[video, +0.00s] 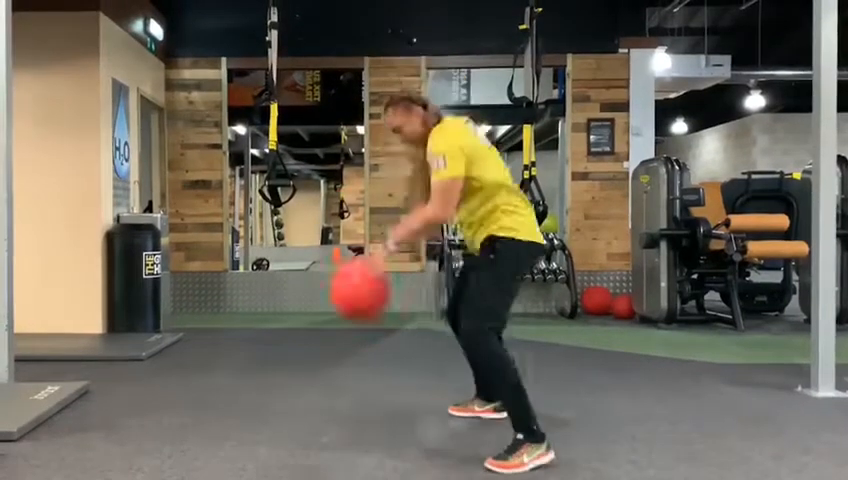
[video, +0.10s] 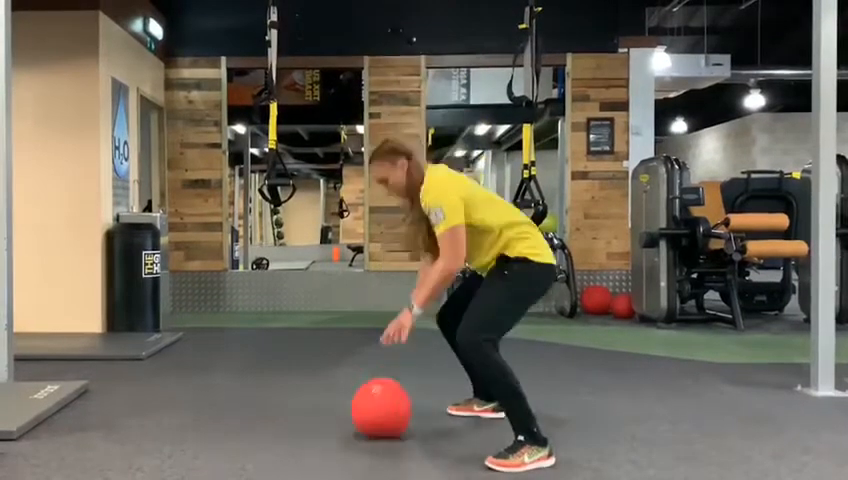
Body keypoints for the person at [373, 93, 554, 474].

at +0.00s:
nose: (401, 137)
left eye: (401, 127)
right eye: (396, 131)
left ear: (420, 112)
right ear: (417, 117)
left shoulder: (447, 136)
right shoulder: (441, 139)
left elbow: (442, 209)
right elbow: (437, 206)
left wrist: (395, 236)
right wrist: (403, 233)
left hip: (511, 237)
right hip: (492, 238)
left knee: (477, 327)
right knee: (459, 315)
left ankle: (532, 440)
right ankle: (490, 398)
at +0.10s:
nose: (386, 189)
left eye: (384, 180)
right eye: (381, 183)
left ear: (404, 164)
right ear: (402, 167)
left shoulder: (439, 187)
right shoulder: (428, 192)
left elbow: (452, 261)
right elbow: (432, 256)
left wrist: (412, 311)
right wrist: (417, 301)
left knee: (474, 338)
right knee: (450, 319)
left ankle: (534, 443)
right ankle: (489, 397)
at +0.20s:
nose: (378, 233)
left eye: (376, 226)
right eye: (373, 228)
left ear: (393, 207)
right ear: (392, 209)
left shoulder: (430, 226)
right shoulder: (416, 229)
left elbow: (441, 300)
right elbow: (430, 296)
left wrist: (412, 357)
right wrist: (407, 354)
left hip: (529, 275)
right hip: (502, 276)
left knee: (471, 343)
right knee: (448, 328)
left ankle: (533, 443)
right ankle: (488, 399)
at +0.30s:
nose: (368, 266)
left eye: (365, 258)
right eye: (362, 261)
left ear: (379, 239)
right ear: (380, 238)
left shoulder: (418, 249)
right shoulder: (407, 250)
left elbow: (423, 323)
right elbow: (417, 320)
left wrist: (405, 390)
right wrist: (404, 377)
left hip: (530, 271)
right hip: (506, 271)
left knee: (467, 341)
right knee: (449, 322)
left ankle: (532, 443)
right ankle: (487, 399)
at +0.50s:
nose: (359, 321)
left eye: (355, 314)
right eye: (352, 318)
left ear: (363, 295)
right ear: (363, 290)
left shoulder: (399, 292)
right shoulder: (390, 285)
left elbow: (411, 370)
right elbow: (411, 360)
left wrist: (406, 440)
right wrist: (409, 411)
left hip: (501, 233)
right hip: (484, 246)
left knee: (528, 338)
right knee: (492, 323)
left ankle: (632, 407)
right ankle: (563, 375)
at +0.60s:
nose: (340, 336)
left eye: (335, 329)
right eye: (333, 332)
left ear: (342, 311)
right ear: (343, 306)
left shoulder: (382, 302)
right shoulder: (376, 297)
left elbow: (408, 374)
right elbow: (405, 366)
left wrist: (407, 441)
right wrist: (405, 420)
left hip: (490, 267)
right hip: (483, 274)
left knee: (565, 352)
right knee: (552, 344)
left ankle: (686, 376)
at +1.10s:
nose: (362, 330)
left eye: (359, 322)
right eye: (357, 325)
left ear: (371, 305)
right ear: (372, 299)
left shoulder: (407, 300)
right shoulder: (399, 293)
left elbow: (416, 375)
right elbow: (416, 367)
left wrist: (408, 442)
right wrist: (408, 418)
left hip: (510, 236)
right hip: (491, 249)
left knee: (519, 342)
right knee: (500, 334)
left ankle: (622, 392)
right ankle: (578, 377)